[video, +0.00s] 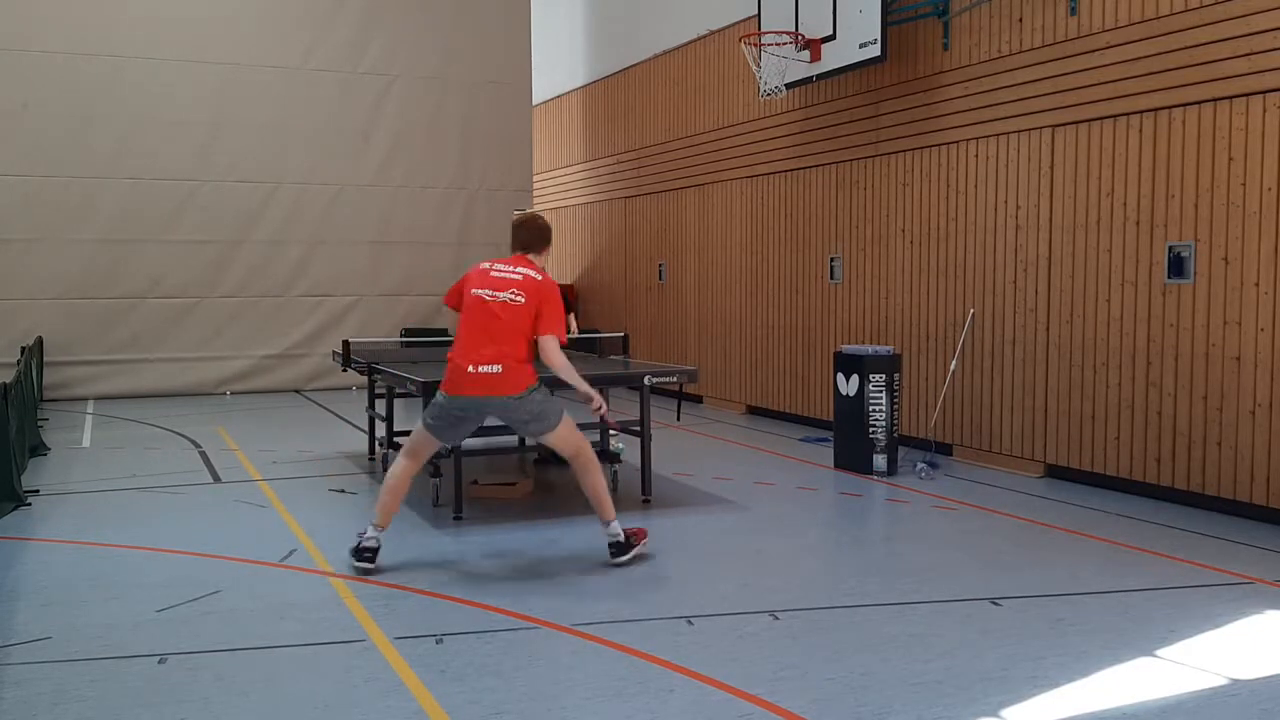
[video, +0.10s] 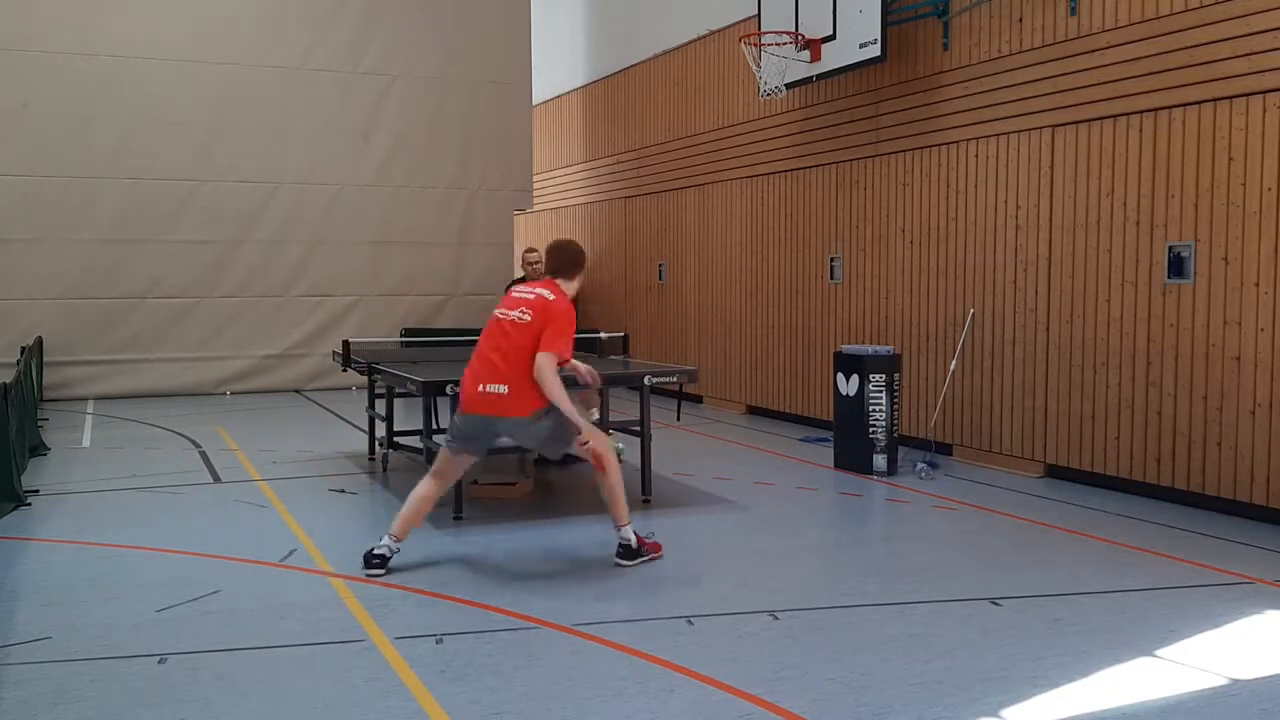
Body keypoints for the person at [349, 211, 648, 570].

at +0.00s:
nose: (549, 255)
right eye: (549, 250)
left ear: (513, 245)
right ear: (545, 250)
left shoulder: (478, 272)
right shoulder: (544, 285)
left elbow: (451, 305)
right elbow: (549, 350)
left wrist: (491, 320)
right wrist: (585, 389)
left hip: (459, 387)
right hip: (515, 388)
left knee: (411, 457)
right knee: (579, 452)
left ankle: (370, 539)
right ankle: (616, 536)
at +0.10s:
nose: (582, 282)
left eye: (580, 276)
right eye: (583, 276)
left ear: (546, 268)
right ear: (578, 276)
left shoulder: (516, 292)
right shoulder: (560, 307)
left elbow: (523, 344)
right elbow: (544, 367)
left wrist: (571, 363)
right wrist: (580, 424)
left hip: (474, 409)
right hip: (525, 413)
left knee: (437, 478)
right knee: (603, 450)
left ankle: (385, 548)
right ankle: (629, 541)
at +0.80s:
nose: (666, 263)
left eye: (668, 258)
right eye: (669, 258)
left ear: (673, 262)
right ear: (707, 263)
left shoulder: (657, 289)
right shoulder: (724, 298)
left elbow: (618, 333)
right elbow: (747, 356)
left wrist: (607, 349)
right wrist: (724, 344)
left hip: (665, 404)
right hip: (719, 405)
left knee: (622, 449)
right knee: (766, 463)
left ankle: (595, 529)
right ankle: (800, 542)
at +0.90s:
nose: (682, 250)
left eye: (683, 245)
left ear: (687, 247)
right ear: (721, 250)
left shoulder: (671, 274)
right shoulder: (742, 284)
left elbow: (624, 324)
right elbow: (761, 356)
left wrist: (630, 338)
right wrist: (735, 356)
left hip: (679, 382)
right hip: (732, 387)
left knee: (627, 451)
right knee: (766, 462)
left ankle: (596, 530)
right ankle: (800, 542)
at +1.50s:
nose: (792, 323)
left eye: (793, 316)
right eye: (794, 317)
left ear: (759, 299)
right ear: (791, 313)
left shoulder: (721, 313)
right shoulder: (766, 331)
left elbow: (690, 368)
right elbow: (732, 386)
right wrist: (759, 443)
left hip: (648, 410)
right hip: (698, 415)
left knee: (599, 489)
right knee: (783, 459)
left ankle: (543, 552)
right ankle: (796, 559)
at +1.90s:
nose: (740, 226)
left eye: (742, 221)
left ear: (746, 223)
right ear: (784, 227)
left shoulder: (734, 247)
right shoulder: (797, 268)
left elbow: (677, 270)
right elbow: (793, 304)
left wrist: (659, 262)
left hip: (727, 372)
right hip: (779, 380)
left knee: (662, 460)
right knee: (791, 459)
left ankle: (627, 555)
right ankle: (802, 549)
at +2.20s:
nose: (732, 250)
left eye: (732, 244)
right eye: (732, 244)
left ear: (740, 245)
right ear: (772, 246)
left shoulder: (749, 276)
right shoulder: (794, 279)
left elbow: (738, 327)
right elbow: (777, 327)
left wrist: (687, 340)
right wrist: (723, 321)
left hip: (772, 401)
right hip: (819, 403)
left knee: (683, 466)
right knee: (840, 472)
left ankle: (680, 573)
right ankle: (889, 544)